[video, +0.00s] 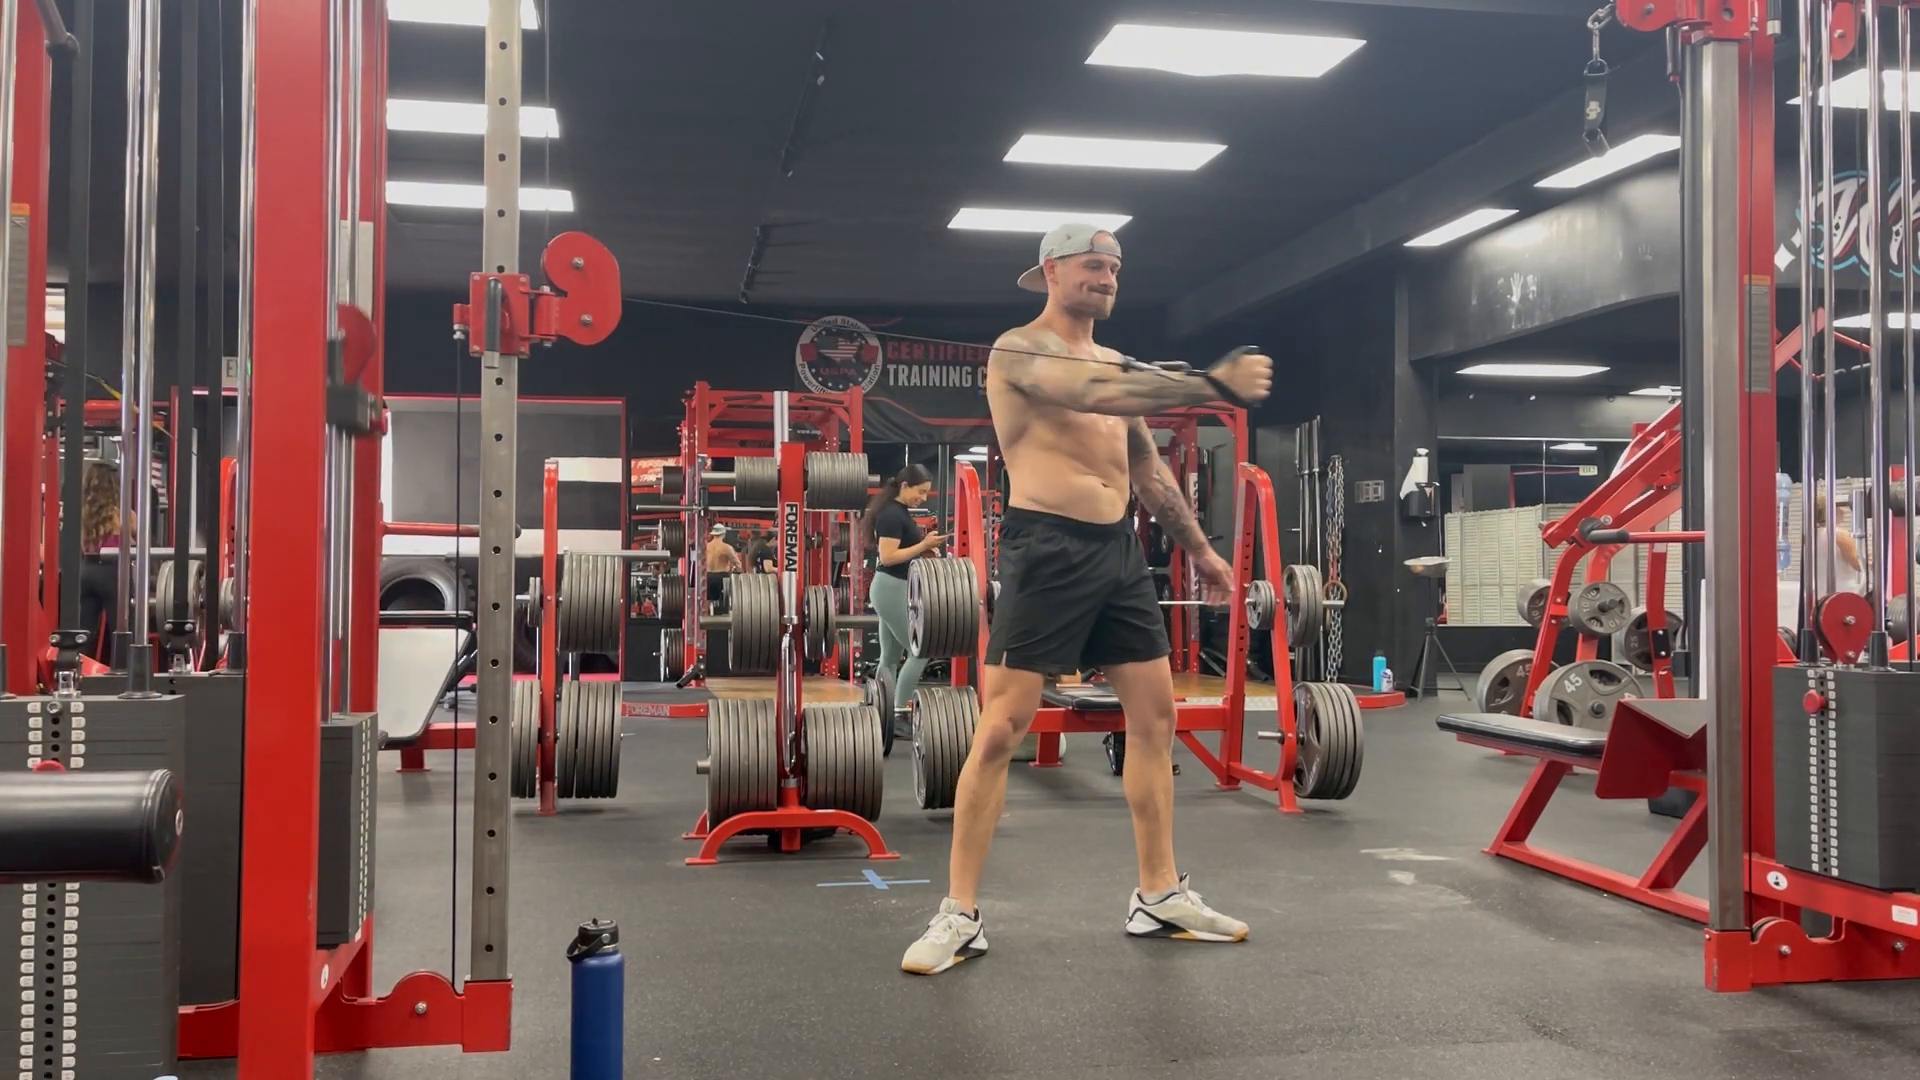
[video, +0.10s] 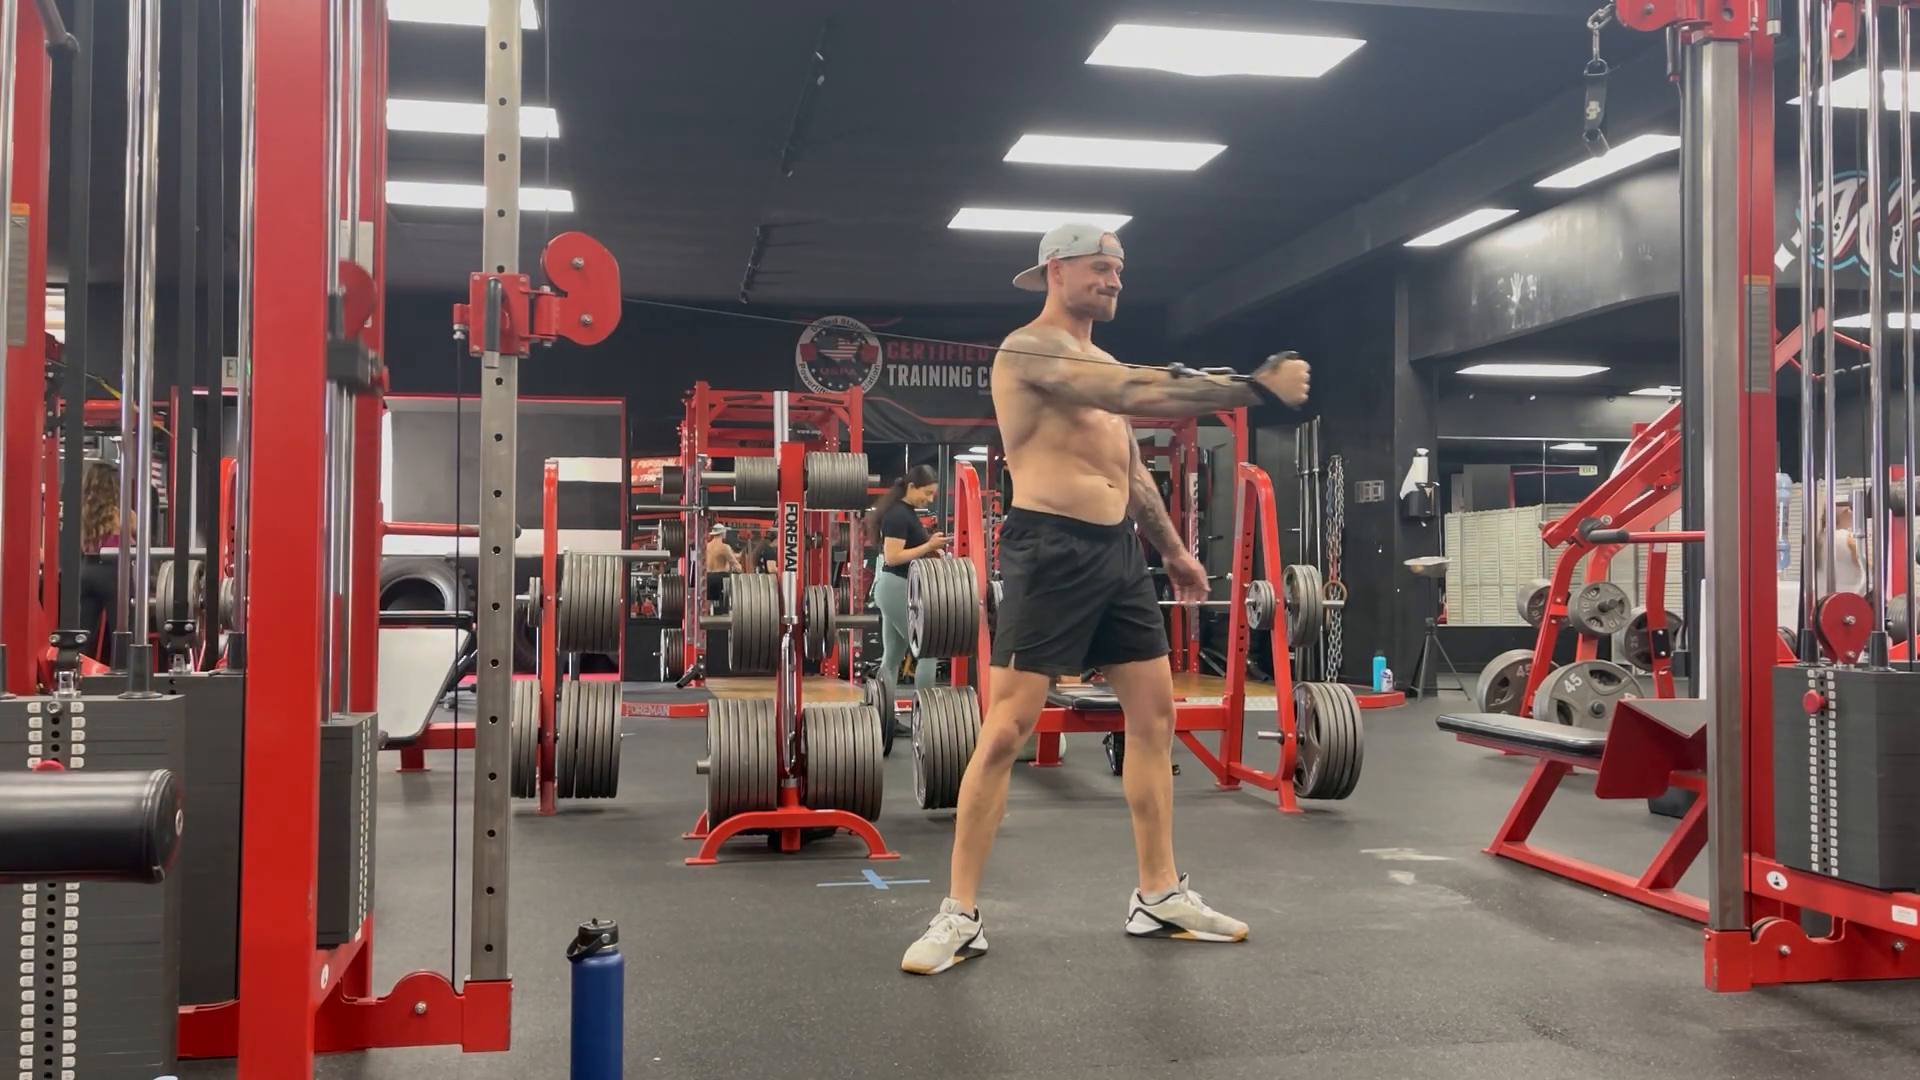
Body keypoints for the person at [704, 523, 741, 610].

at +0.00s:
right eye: (724, 534)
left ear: (713, 534)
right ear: (723, 535)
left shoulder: (707, 546)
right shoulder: (726, 547)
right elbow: (737, 563)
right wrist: (738, 572)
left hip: (709, 573)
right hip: (723, 573)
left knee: (708, 601)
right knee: (722, 602)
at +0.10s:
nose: (725, 535)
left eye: (725, 533)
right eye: (725, 533)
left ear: (713, 534)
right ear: (722, 534)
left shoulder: (708, 546)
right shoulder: (725, 547)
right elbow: (733, 561)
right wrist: (739, 568)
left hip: (709, 573)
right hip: (721, 573)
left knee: (709, 601)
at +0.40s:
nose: (727, 536)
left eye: (727, 534)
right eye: (725, 534)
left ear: (717, 534)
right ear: (720, 533)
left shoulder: (710, 545)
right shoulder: (719, 546)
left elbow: (730, 553)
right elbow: (726, 565)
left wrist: (748, 555)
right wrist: (733, 573)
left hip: (711, 573)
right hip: (720, 574)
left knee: (710, 600)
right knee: (721, 603)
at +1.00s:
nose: (724, 536)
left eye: (724, 534)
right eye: (724, 534)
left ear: (713, 534)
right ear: (722, 534)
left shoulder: (707, 546)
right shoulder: (724, 547)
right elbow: (735, 565)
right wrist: (739, 570)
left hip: (709, 573)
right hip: (722, 573)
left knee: (709, 600)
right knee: (722, 602)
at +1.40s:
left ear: (713, 534)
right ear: (723, 534)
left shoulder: (707, 546)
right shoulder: (729, 547)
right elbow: (739, 561)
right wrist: (738, 570)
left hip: (710, 573)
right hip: (724, 573)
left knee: (708, 600)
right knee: (724, 603)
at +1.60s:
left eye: (712, 534)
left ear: (712, 534)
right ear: (722, 535)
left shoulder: (707, 546)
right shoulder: (730, 548)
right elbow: (742, 563)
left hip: (710, 573)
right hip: (726, 574)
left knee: (708, 601)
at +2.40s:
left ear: (713, 533)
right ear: (724, 534)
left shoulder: (708, 546)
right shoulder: (729, 548)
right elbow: (739, 560)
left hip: (711, 573)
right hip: (725, 574)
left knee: (711, 601)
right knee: (724, 602)